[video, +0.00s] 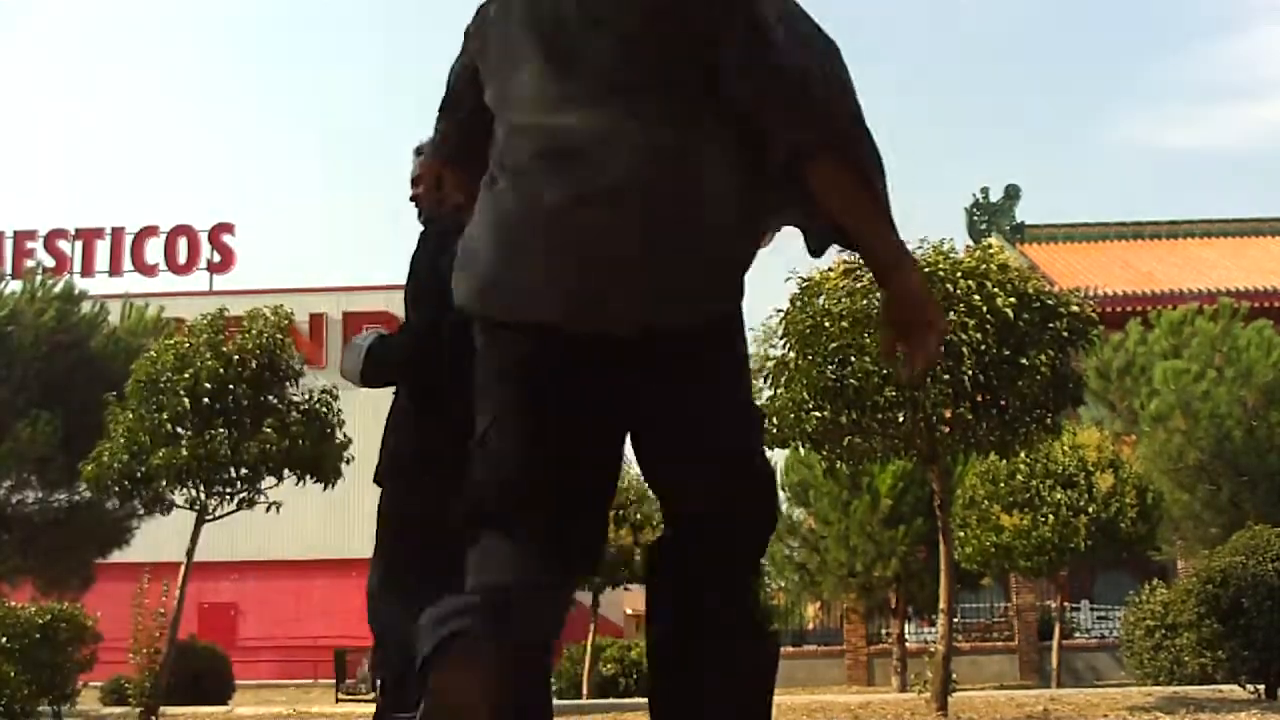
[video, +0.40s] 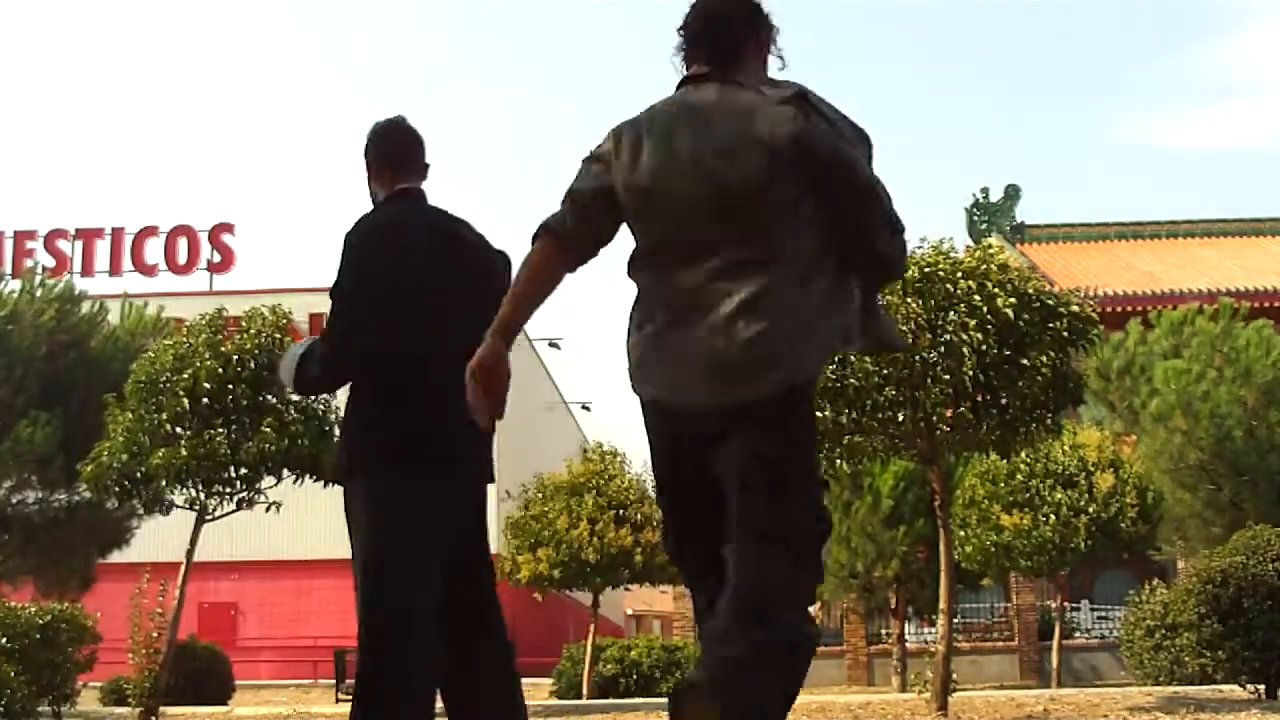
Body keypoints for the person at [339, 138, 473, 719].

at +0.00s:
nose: (420, 196)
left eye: (431, 183)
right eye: (418, 184)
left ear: (461, 186)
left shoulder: (445, 244)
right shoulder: (482, 243)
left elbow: (430, 347)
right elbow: (453, 344)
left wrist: (370, 354)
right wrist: (393, 343)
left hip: (426, 459)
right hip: (465, 450)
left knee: (399, 591)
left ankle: (402, 699)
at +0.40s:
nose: (371, 180)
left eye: (368, 171)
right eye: (377, 170)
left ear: (372, 170)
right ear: (425, 168)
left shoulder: (371, 237)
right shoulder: (481, 249)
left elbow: (345, 350)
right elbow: (487, 351)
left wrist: (295, 366)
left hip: (385, 456)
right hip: (462, 454)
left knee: (393, 625)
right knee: (470, 619)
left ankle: (393, 716)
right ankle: (495, 717)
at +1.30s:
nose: (459, 189)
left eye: (457, 180)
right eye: (461, 180)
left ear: (402, 178)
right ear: (455, 179)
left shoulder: (354, 243)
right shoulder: (485, 256)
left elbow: (327, 365)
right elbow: (528, 379)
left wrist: (381, 361)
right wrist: (518, 453)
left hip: (378, 459)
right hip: (464, 458)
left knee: (381, 624)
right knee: (488, 624)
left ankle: (381, 713)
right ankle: (491, 712)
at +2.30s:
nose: (365, 206)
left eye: (360, 199)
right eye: (389, 196)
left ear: (358, 196)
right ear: (412, 192)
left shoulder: (354, 244)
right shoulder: (461, 258)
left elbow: (324, 362)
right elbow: (487, 353)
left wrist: (285, 377)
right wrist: (439, 394)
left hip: (378, 465)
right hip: (461, 465)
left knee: (379, 637)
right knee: (479, 634)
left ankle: (390, 715)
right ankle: (492, 716)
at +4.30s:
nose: (347, 205)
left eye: (327, 195)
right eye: (363, 196)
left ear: (316, 195)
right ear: (371, 196)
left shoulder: (289, 258)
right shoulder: (407, 254)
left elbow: (262, 354)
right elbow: (472, 343)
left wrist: (319, 381)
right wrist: (516, 418)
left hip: (326, 459)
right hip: (408, 454)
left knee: (340, 606)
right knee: (424, 603)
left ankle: (357, 709)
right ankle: (441, 708)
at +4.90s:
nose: (407, 211)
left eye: (409, 201)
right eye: (406, 199)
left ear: (354, 190)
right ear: (387, 192)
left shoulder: (300, 260)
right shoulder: (380, 241)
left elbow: (286, 364)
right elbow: (405, 346)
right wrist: (460, 408)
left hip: (308, 453)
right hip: (377, 450)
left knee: (331, 606)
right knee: (399, 606)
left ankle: (306, 712)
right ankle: (418, 713)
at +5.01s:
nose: (426, 213)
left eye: (428, 202)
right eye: (425, 201)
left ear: (377, 187)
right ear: (407, 190)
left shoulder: (330, 250)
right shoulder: (392, 237)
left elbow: (305, 353)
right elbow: (402, 340)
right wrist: (449, 401)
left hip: (324, 448)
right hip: (380, 449)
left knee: (340, 597)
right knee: (396, 596)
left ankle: (314, 710)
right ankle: (417, 710)